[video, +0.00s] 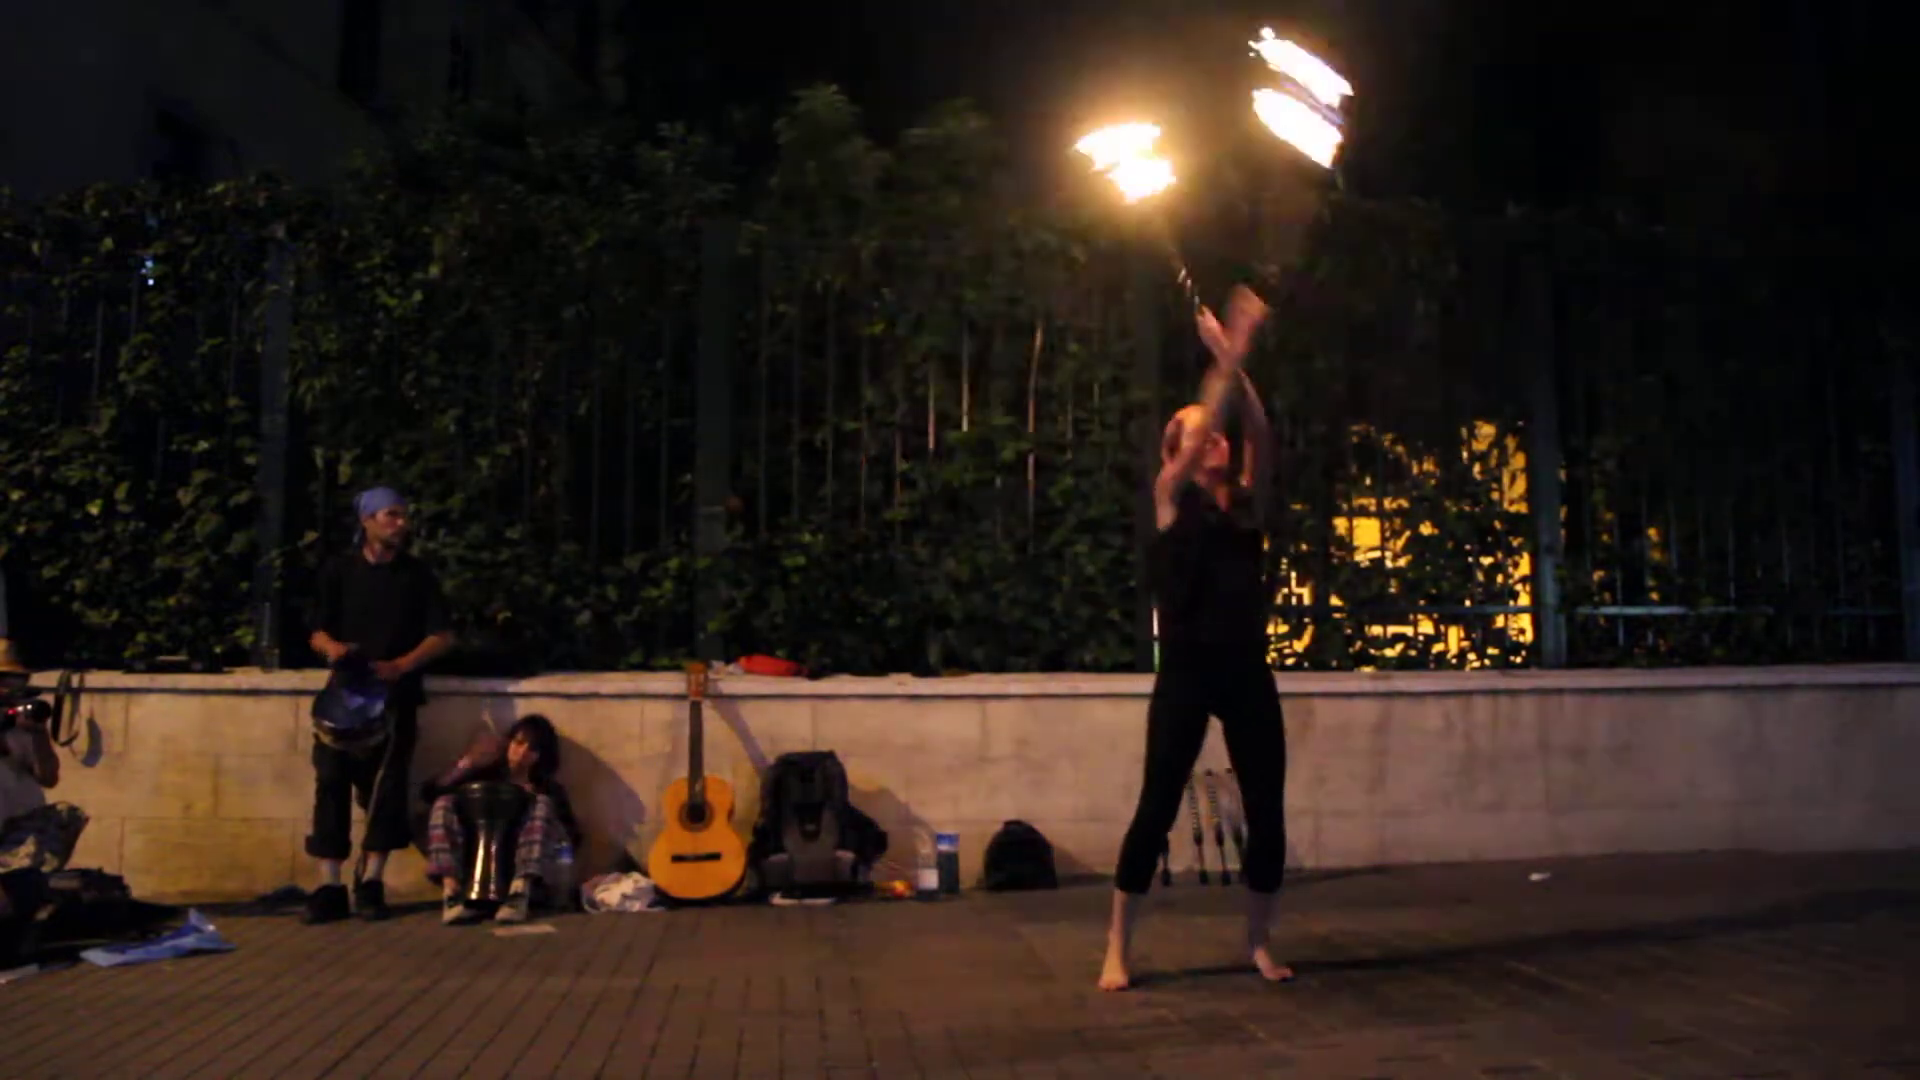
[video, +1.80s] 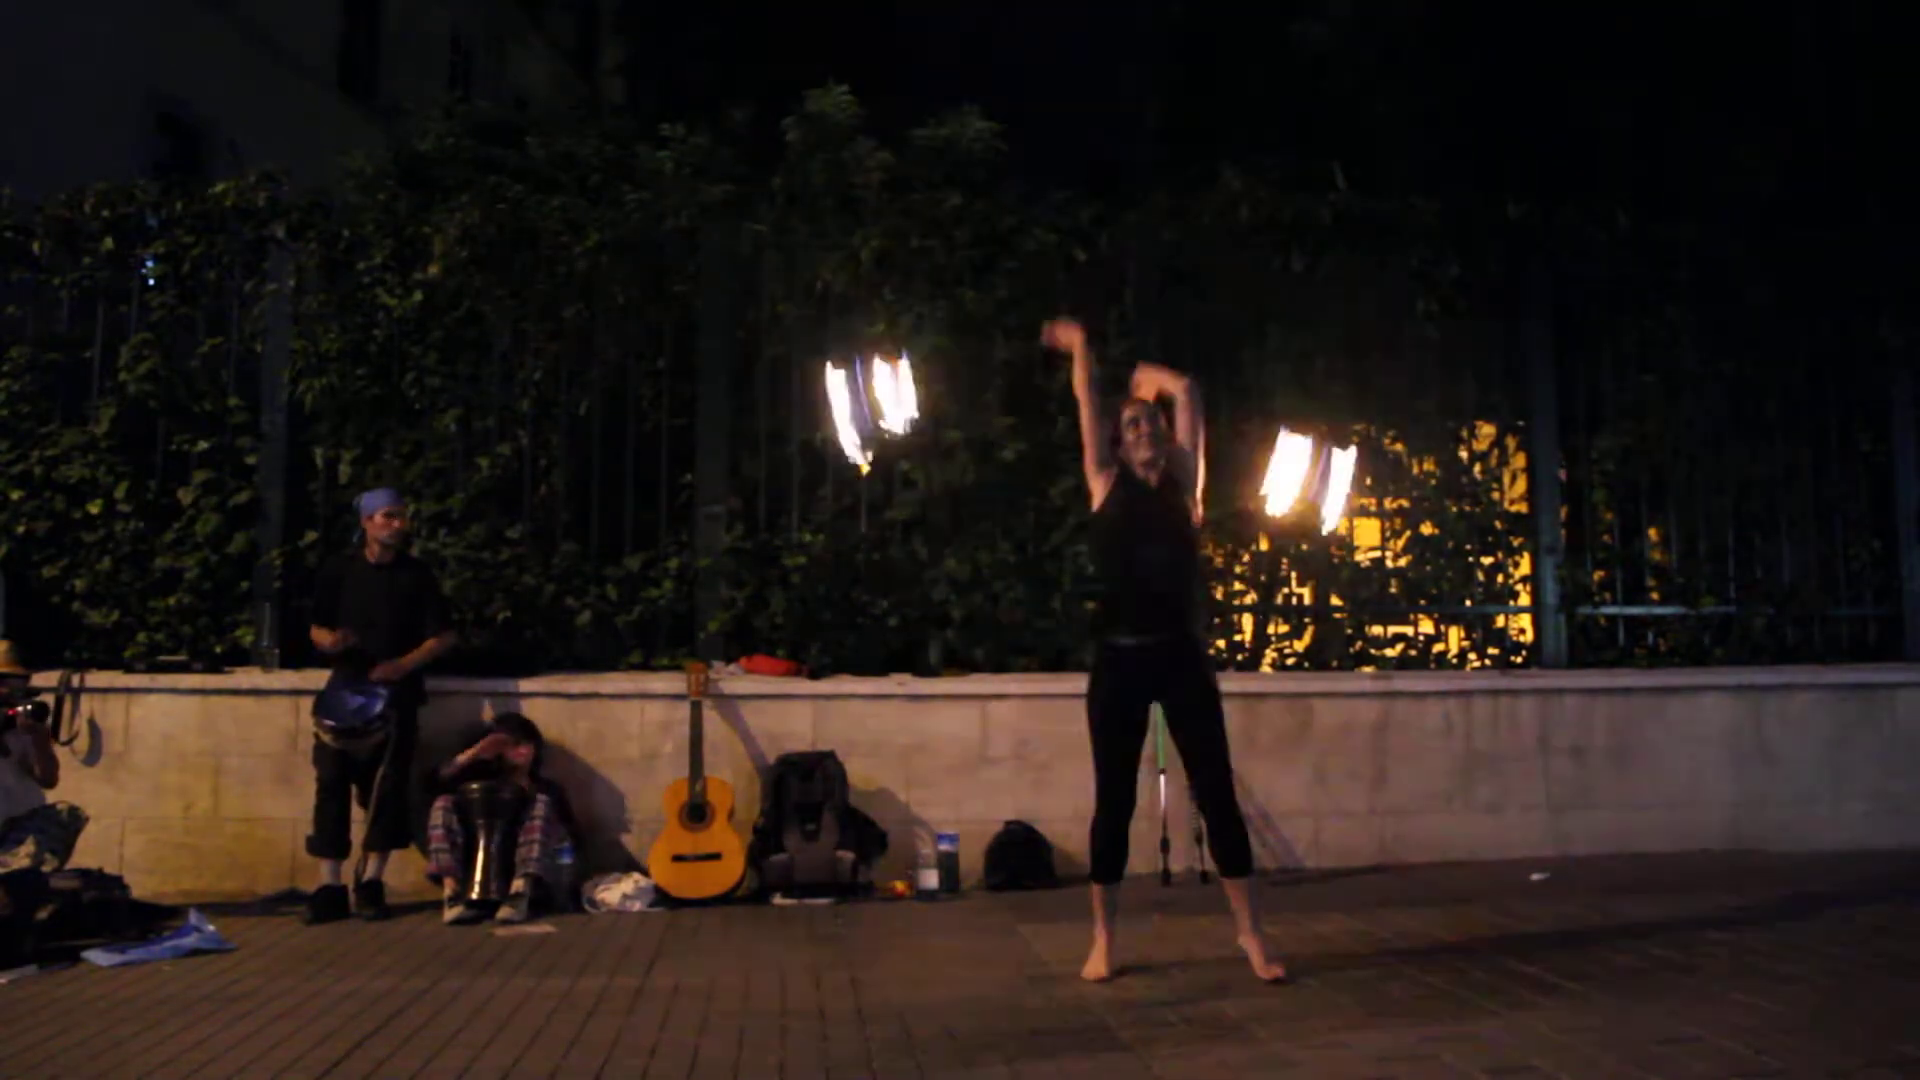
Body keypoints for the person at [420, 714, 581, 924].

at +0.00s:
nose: (522, 752)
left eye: (532, 749)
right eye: (519, 743)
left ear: (541, 757)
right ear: (509, 743)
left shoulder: (549, 788)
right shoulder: (486, 774)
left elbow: (572, 837)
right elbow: (430, 794)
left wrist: (536, 799)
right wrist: (466, 763)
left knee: (541, 805)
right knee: (444, 804)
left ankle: (520, 893)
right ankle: (451, 892)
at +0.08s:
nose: (520, 751)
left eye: (530, 748)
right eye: (517, 742)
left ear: (539, 756)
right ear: (507, 744)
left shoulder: (550, 789)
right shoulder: (487, 782)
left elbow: (571, 839)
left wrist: (536, 800)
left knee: (542, 806)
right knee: (443, 805)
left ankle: (520, 892)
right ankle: (451, 892)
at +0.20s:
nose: (520, 749)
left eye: (529, 745)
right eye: (517, 740)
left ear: (538, 753)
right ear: (508, 742)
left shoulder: (550, 788)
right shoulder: (490, 775)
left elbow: (564, 839)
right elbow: (448, 780)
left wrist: (540, 798)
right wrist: (483, 757)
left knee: (542, 806)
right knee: (445, 804)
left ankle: (520, 892)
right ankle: (451, 893)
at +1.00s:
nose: (528, 755)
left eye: (533, 747)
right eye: (520, 747)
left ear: (542, 752)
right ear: (504, 751)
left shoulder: (548, 787)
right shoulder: (483, 782)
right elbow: (437, 787)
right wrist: (465, 756)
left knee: (541, 805)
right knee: (443, 805)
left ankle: (520, 893)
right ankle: (451, 893)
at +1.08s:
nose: (525, 755)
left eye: (531, 747)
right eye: (517, 746)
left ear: (539, 752)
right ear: (500, 750)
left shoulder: (547, 788)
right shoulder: (480, 789)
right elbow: (447, 787)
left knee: (541, 806)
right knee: (443, 805)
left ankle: (521, 893)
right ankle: (451, 892)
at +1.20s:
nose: (517, 752)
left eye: (523, 745)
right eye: (509, 745)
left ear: (535, 750)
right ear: (495, 749)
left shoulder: (549, 787)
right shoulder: (482, 785)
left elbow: (577, 838)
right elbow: (435, 789)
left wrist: (542, 799)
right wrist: (480, 763)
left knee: (542, 807)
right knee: (443, 805)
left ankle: (521, 892)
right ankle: (451, 892)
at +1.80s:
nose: (522, 752)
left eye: (527, 745)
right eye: (513, 745)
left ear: (536, 751)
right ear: (498, 748)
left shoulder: (547, 788)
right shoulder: (482, 783)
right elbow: (437, 783)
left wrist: (526, 785)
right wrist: (475, 753)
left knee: (540, 804)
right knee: (443, 805)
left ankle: (520, 893)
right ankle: (451, 893)